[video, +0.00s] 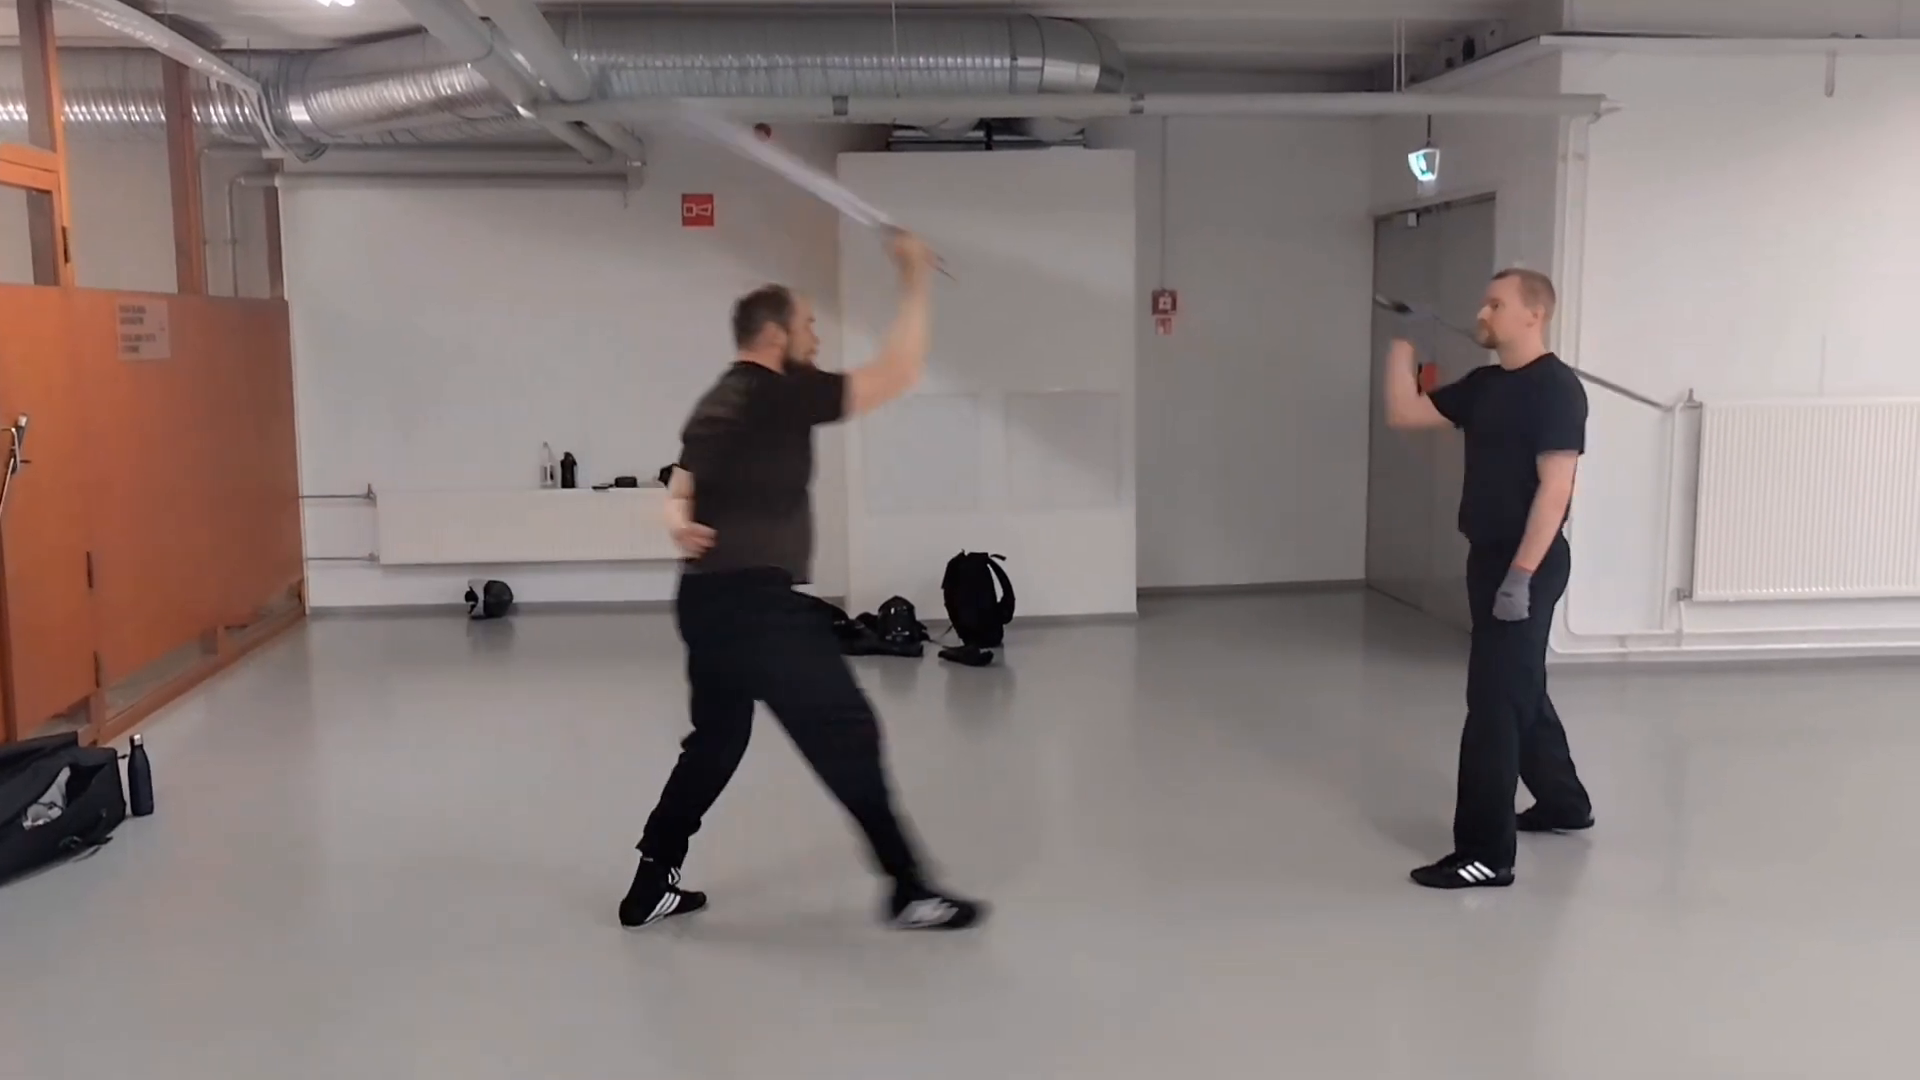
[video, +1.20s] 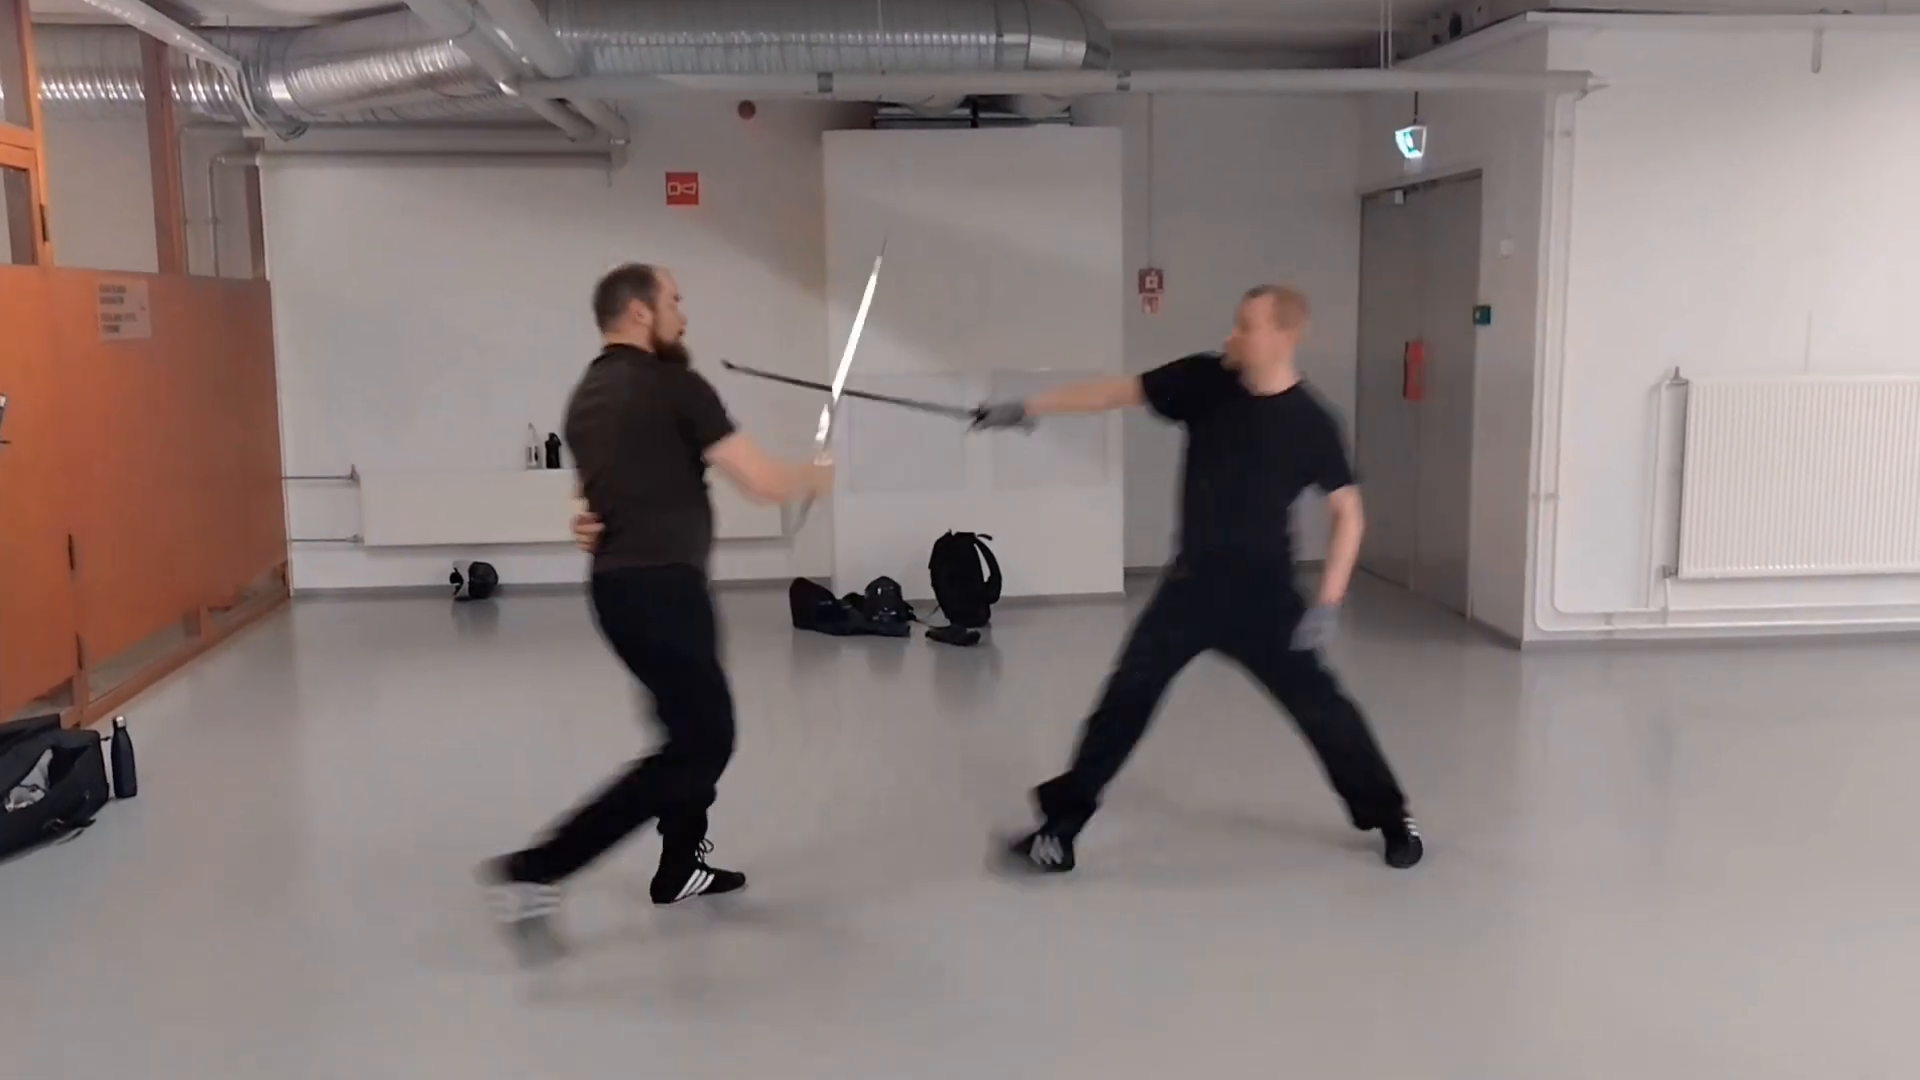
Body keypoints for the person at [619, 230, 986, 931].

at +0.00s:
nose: (816, 338)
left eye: (812, 326)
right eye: (808, 326)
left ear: (753, 338)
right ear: (774, 334)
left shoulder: (717, 403)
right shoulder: (787, 391)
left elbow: (681, 489)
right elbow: (897, 373)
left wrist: (678, 520)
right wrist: (917, 278)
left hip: (709, 597)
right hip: (763, 600)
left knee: (716, 743)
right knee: (845, 735)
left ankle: (650, 885)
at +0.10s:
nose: (852, 339)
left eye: (847, 328)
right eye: (843, 329)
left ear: (790, 347)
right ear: (813, 343)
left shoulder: (751, 416)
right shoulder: (838, 404)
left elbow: (703, 504)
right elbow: (953, 400)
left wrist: (726, 539)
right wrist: (997, 313)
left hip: (751, 612)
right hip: (819, 611)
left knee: (731, 748)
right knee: (898, 747)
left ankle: (649, 885)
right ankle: (965, 885)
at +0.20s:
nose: (895, 345)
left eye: (891, 333)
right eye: (888, 334)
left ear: (833, 352)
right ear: (862, 346)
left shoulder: (790, 420)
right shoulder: (893, 413)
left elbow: (741, 511)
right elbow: (1002, 417)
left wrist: (771, 544)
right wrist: (1067, 352)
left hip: (786, 616)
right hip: (865, 614)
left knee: (753, 749)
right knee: (947, 731)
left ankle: (659, 879)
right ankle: (976, 888)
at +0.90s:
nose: (804, 331)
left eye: (799, 319)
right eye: (792, 319)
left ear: (745, 337)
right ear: (759, 331)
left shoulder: (726, 407)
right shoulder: (784, 390)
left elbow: (737, 502)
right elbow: (894, 414)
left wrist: (717, 531)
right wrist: (983, 359)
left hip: (753, 601)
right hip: (810, 595)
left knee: (776, 749)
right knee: (903, 722)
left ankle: (690, 869)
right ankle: (973, 861)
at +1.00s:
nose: (754, 331)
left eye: (749, 318)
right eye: (743, 319)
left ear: (694, 336)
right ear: (709, 331)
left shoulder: (680, 403)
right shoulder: (731, 392)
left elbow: (710, 498)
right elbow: (847, 426)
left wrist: (690, 537)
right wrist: (924, 374)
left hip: (715, 601)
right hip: (766, 594)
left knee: (760, 745)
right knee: (865, 709)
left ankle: (687, 871)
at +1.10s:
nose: (716, 324)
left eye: (712, 309)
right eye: (706, 311)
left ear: (654, 328)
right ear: (673, 322)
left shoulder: (636, 397)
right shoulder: (696, 385)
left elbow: (660, 498)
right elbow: (794, 450)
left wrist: (644, 529)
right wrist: (872, 418)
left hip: (667, 592)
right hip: (715, 585)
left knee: (739, 720)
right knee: (794, 722)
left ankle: (685, 869)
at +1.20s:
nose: (684, 316)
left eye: (680, 302)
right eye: (675, 303)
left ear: (623, 316)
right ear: (638, 312)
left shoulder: (590, 392)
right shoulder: (674, 382)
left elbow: (591, 497)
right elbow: (764, 481)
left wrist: (592, 517)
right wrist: (814, 475)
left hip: (618, 586)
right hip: (666, 584)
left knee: (691, 729)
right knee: (707, 737)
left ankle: (681, 867)